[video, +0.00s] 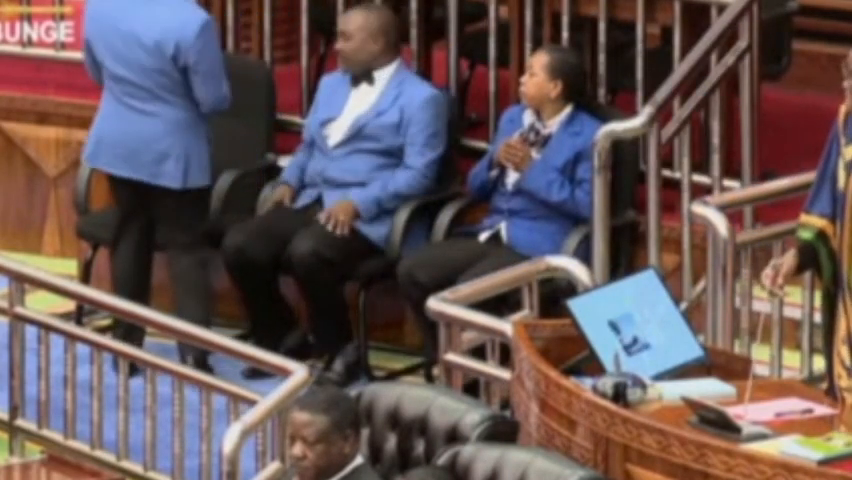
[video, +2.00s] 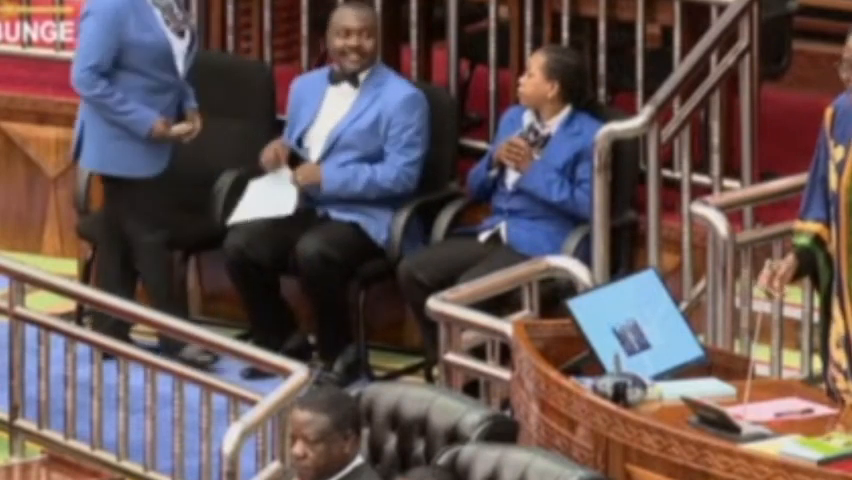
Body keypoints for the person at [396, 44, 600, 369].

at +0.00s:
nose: (522, 80)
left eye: (531, 75)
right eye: (525, 72)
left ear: (555, 88)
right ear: (551, 88)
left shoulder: (590, 135)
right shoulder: (512, 119)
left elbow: (589, 207)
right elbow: (476, 189)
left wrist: (530, 170)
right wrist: (495, 163)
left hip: (537, 251)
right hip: (492, 238)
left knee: (460, 299)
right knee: (413, 271)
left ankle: (479, 381)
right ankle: (445, 362)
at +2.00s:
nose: (520, 80)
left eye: (529, 75)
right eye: (523, 73)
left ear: (552, 88)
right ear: (550, 87)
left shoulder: (589, 135)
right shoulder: (513, 119)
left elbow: (590, 207)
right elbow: (475, 189)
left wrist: (530, 171)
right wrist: (495, 163)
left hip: (538, 250)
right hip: (494, 237)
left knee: (462, 297)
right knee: (414, 271)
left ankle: (482, 380)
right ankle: (446, 365)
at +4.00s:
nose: (518, 87)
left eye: (527, 80)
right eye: (521, 78)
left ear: (553, 91)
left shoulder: (589, 135)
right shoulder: (512, 120)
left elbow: (590, 207)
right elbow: (475, 190)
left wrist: (530, 172)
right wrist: (494, 164)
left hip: (538, 250)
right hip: (494, 236)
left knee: (463, 296)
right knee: (414, 271)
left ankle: (485, 379)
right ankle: (446, 366)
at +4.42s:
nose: (521, 90)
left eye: (531, 83)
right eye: (521, 81)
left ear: (558, 92)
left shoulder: (589, 135)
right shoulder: (512, 120)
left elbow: (589, 206)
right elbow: (476, 188)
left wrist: (530, 172)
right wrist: (495, 164)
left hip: (539, 249)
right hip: (495, 235)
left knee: (464, 295)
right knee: (414, 271)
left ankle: (483, 380)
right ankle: (444, 365)